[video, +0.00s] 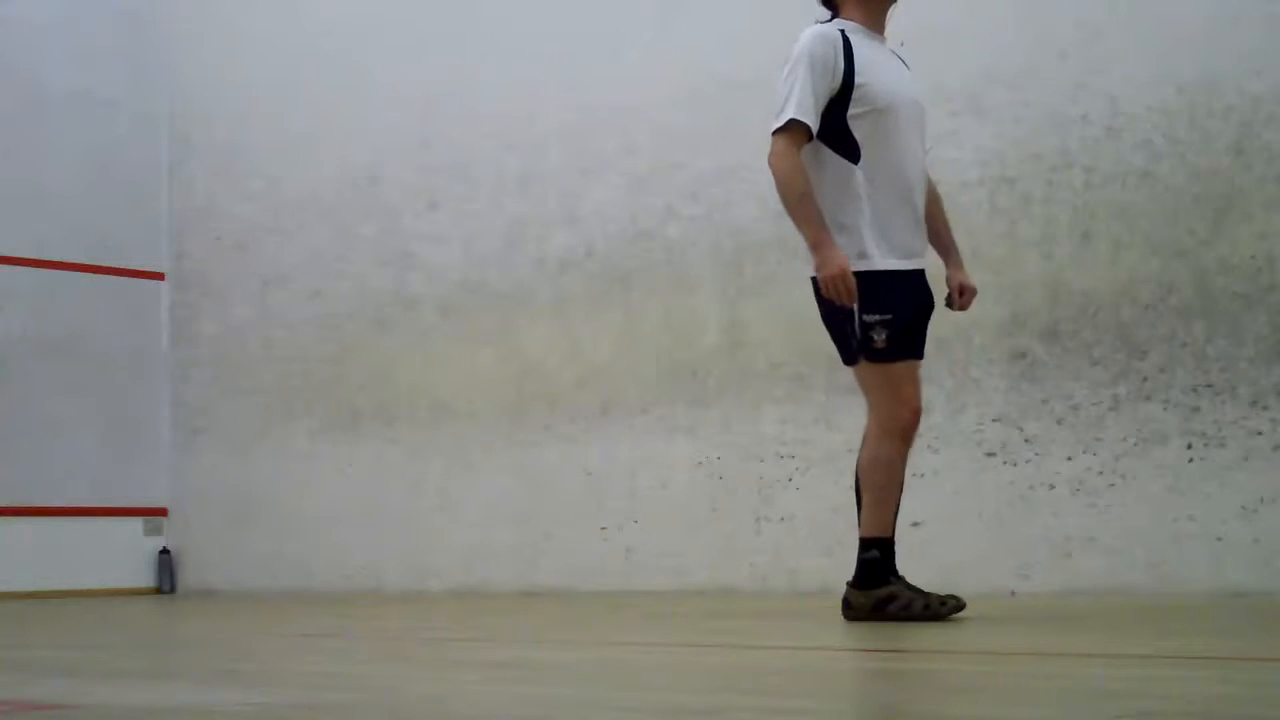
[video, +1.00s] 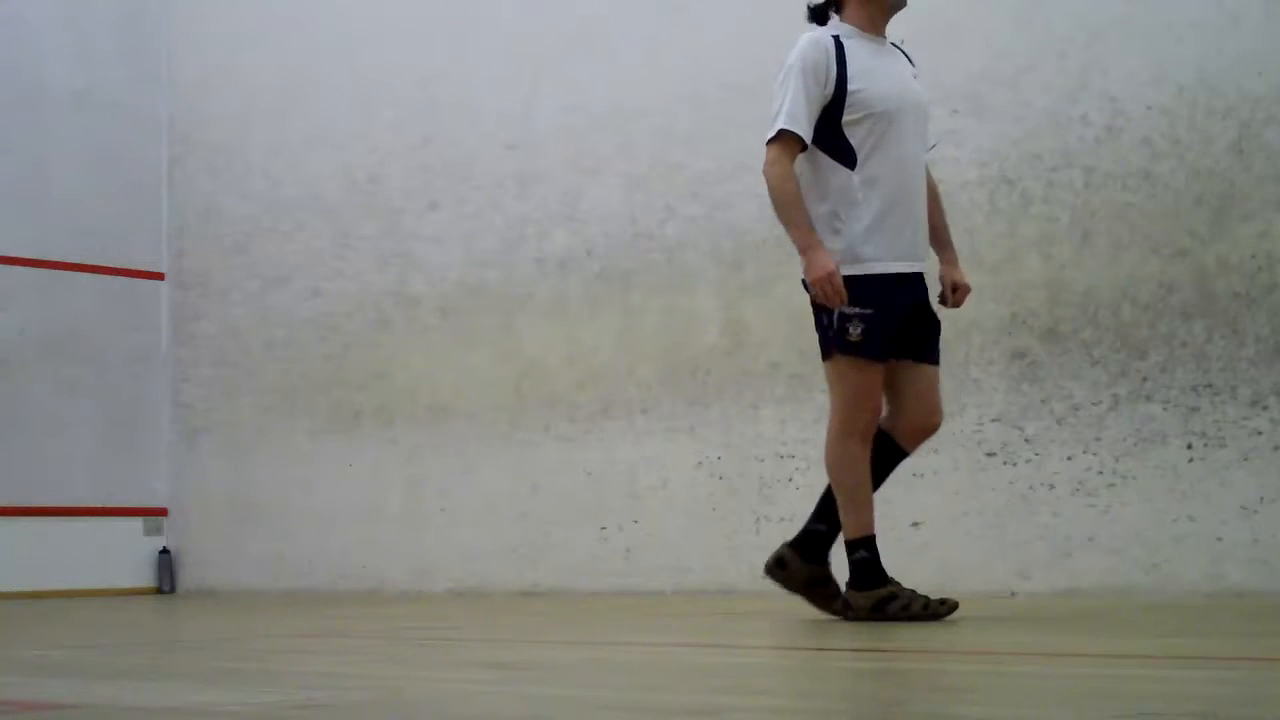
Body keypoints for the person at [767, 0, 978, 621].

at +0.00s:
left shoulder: (893, 59)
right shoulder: (822, 43)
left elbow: (915, 174)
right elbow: (783, 151)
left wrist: (951, 259)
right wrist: (822, 248)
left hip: (904, 266)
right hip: (862, 267)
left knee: (893, 417)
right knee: (896, 414)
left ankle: (876, 575)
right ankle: (873, 580)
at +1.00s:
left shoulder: (901, 59)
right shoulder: (818, 50)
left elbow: (915, 167)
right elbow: (777, 163)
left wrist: (946, 254)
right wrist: (811, 252)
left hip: (906, 272)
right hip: (850, 272)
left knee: (919, 417)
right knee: (855, 419)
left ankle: (806, 550)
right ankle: (867, 581)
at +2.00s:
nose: (958, 11)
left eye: (957, 3)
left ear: (914, 4)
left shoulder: (910, 68)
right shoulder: (866, 46)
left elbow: (907, 187)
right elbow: (818, 144)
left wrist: (977, 220)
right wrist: (861, 235)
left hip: (886, 265)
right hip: (854, 263)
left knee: (882, 414)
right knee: (884, 411)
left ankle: (878, 578)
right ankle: (877, 580)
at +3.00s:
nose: (952, 10)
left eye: (952, 2)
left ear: (911, 3)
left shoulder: (907, 70)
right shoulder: (857, 47)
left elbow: (911, 183)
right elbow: (808, 149)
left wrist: (978, 218)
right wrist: (849, 243)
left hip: (882, 268)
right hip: (846, 267)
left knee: (878, 413)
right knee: (878, 410)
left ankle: (879, 579)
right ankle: (877, 581)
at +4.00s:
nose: (931, 21)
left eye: (934, 11)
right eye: (918, 9)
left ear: (931, 20)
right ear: (878, 12)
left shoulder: (907, 92)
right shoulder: (848, 72)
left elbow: (917, 205)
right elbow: (785, 167)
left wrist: (993, 286)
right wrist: (835, 216)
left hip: (898, 268)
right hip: (874, 262)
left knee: (935, 431)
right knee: (1028, 233)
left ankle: (869, 581)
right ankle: (936, 377)